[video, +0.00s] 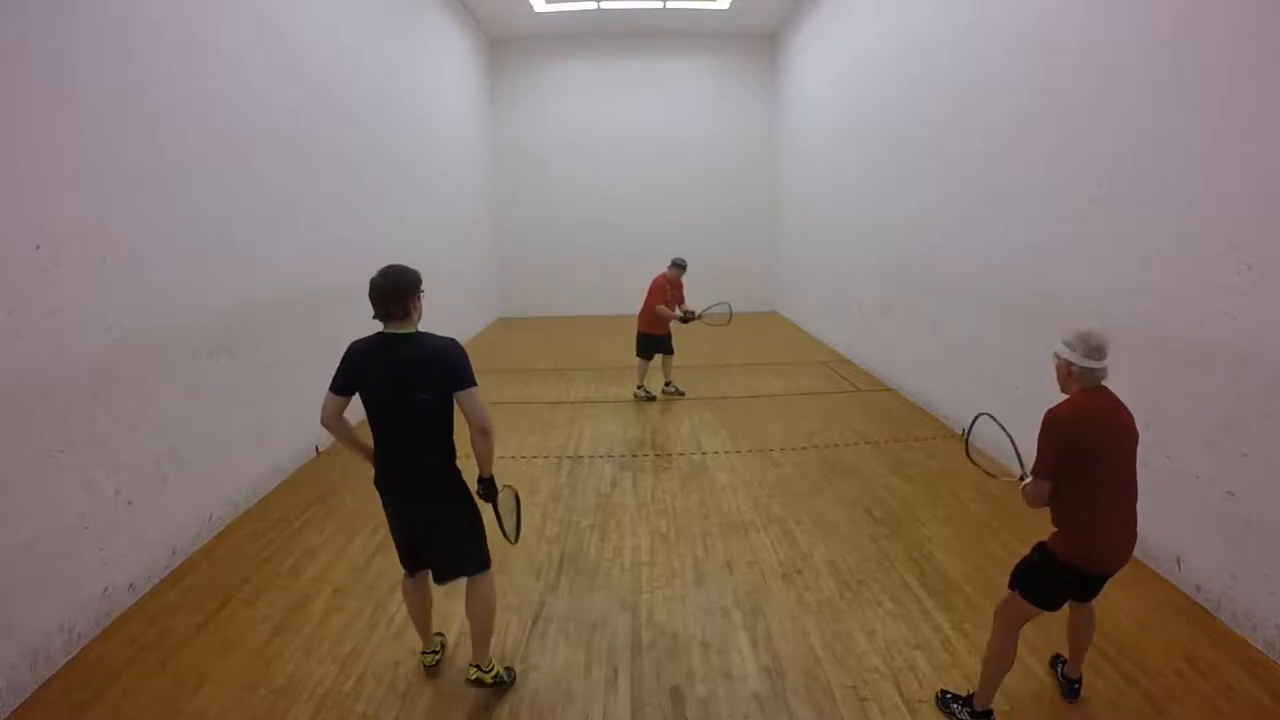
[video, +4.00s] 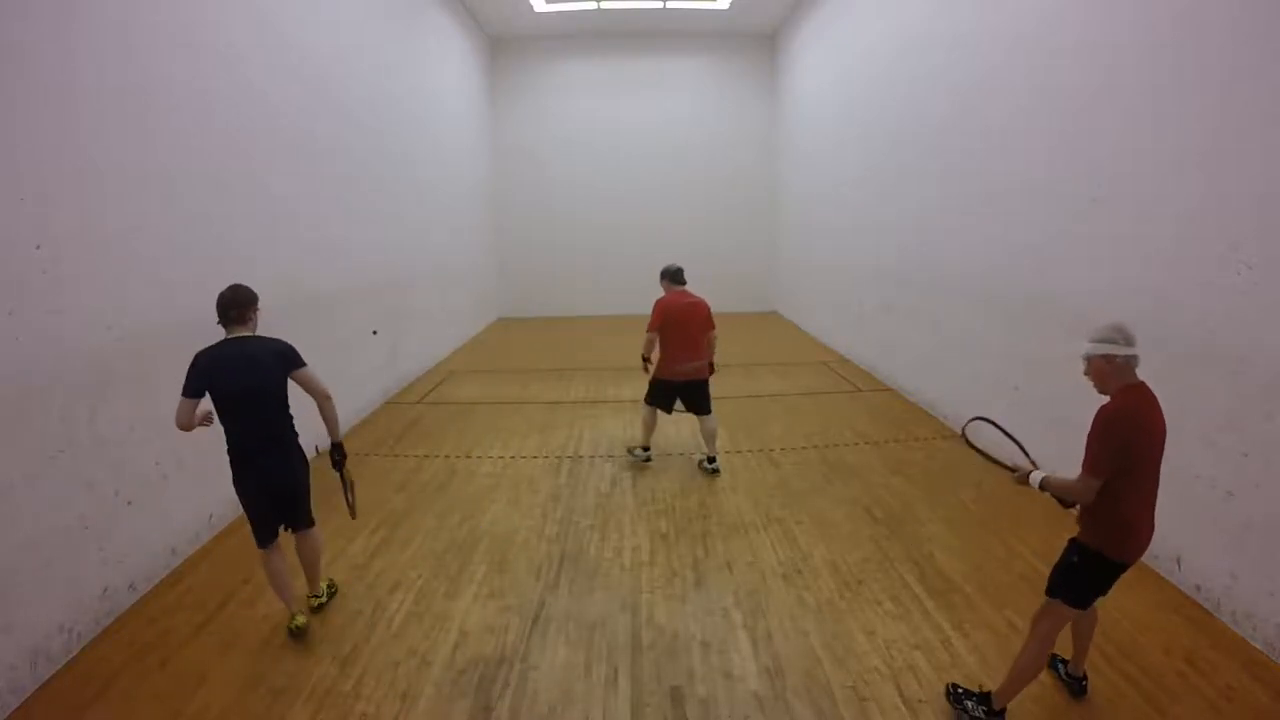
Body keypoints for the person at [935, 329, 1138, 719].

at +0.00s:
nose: (1055, 367)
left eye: (1058, 362)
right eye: (1057, 360)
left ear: (1069, 369)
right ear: (1099, 370)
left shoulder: (1061, 417)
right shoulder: (1120, 413)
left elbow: (1036, 497)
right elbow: (1101, 477)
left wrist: (1027, 486)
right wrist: (1050, 481)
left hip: (1076, 547)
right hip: (1118, 546)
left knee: (1009, 616)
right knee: (1082, 600)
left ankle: (979, 705)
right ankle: (1073, 676)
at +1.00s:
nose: (1051, 373)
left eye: (1054, 367)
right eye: (1053, 366)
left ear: (1064, 373)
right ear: (1093, 374)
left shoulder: (1057, 420)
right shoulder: (1114, 415)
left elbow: (1037, 500)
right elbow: (1097, 482)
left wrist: (1025, 499)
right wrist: (1041, 497)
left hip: (1073, 548)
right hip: (1115, 545)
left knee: (1005, 618)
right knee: (1078, 597)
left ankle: (981, 708)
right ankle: (1073, 675)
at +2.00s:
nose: (1048, 367)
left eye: (1053, 360)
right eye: (1050, 359)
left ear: (1068, 367)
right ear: (1089, 368)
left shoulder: (1062, 416)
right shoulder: (1113, 408)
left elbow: (1044, 497)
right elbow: (1101, 479)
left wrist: (1028, 507)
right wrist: (1052, 506)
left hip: (1077, 543)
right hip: (1116, 541)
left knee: (1014, 619)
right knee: (1080, 597)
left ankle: (981, 708)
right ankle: (1073, 675)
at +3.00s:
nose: (1039, 366)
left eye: (1047, 359)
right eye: (1041, 358)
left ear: (1075, 364)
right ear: (1076, 365)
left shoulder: (1081, 418)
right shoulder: (1096, 402)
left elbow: (1070, 501)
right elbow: (1084, 480)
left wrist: (1027, 516)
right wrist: (1044, 507)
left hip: (1074, 543)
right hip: (1096, 535)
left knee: (1015, 621)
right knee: (1068, 597)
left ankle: (983, 707)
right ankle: (1077, 675)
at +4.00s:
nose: (1086, 371)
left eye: (1090, 362)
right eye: (1086, 362)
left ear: (1114, 362)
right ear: (1123, 363)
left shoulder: (1115, 414)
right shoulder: (1145, 403)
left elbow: (1086, 489)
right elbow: (1128, 477)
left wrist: (1038, 478)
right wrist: (1081, 498)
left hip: (1103, 538)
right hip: (1130, 535)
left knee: (1048, 621)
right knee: (1084, 600)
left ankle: (995, 704)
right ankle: (1076, 672)